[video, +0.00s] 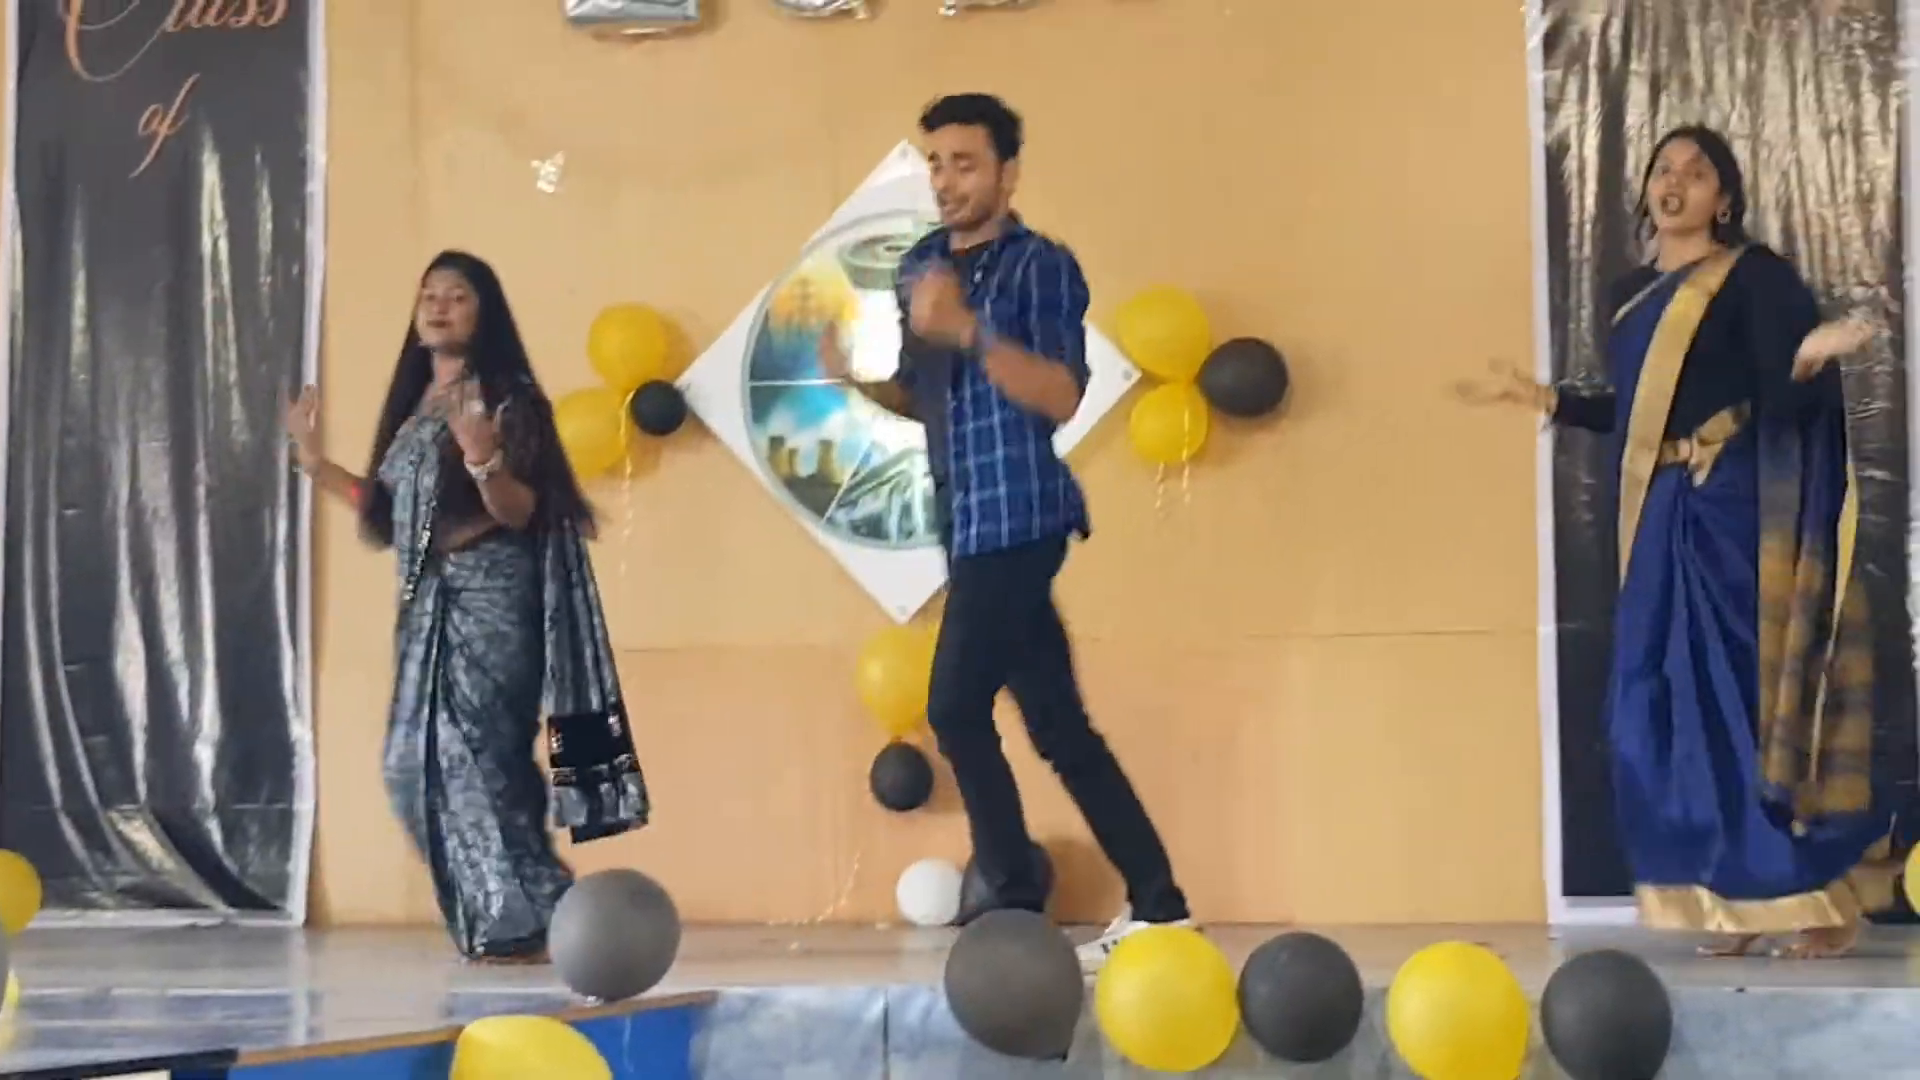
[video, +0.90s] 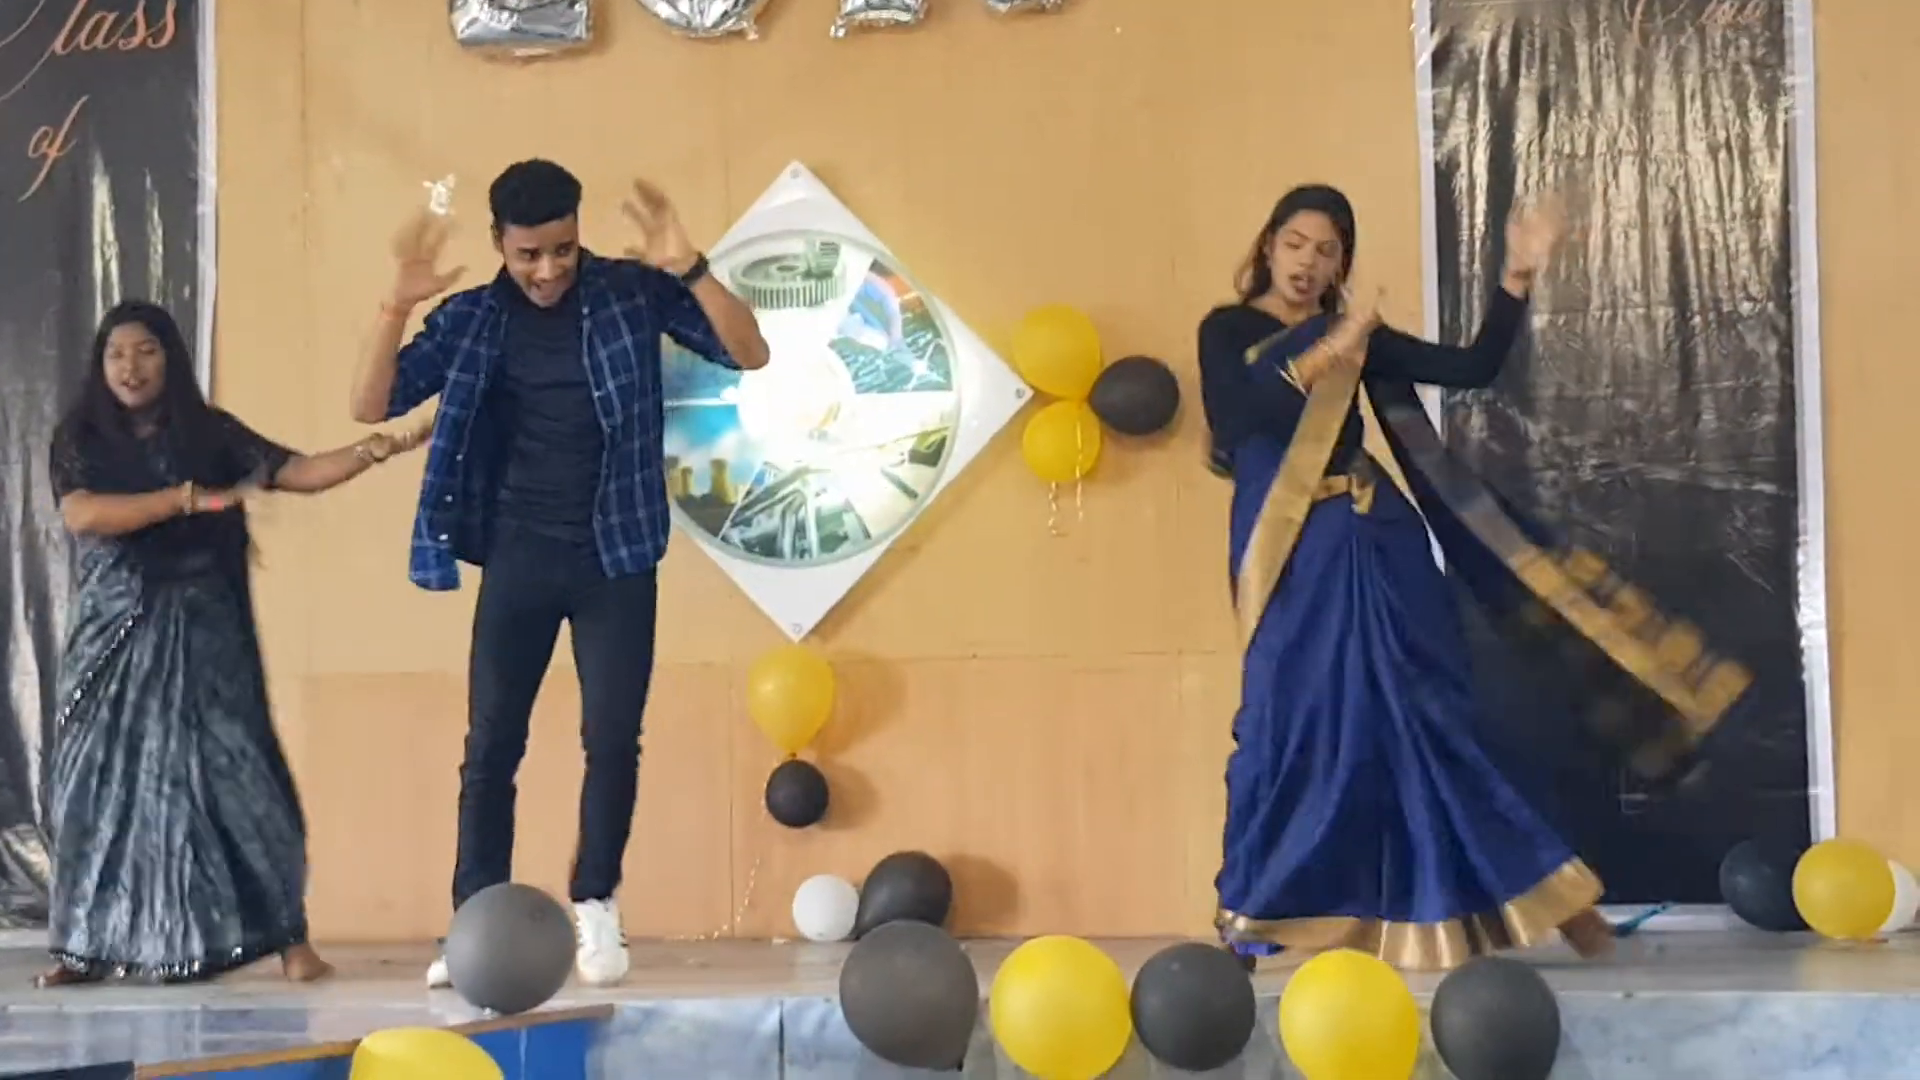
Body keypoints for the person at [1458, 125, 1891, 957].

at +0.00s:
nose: (1676, 183)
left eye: (1695, 172)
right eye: (1664, 171)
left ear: (1725, 194)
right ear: (1647, 193)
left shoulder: (1757, 275)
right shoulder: (1638, 305)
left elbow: (1794, 392)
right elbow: (1634, 412)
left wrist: (1814, 352)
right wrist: (1546, 400)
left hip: (1748, 524)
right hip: (1664, 529)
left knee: (1761, 697)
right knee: (1674, 705)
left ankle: (1820, 899)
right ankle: (1734, 907)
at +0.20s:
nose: (1623, 200)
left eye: (1640, 188)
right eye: (1611, 188)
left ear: (1668, 208)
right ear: (1589, 207)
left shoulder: (1715, 285)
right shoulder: (1562, 299)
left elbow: (1752, 393)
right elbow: (1530, 395)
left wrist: (1781, 389)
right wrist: (1470, 414)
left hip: (1701, 526)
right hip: (1606, 533)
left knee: (1719, 714)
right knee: (1631, 719)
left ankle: (1754, 928)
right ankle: (1668, 936)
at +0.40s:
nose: (1557, 239)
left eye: (1570, 227)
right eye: (1539, 231)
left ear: (1596, 246)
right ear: (1518, 256)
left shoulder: (1647, 334)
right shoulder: (1495, 353)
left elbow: (1684, 477)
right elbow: (1494, 479)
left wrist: (1697, 410)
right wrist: (1465, 459)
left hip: (1625, 564)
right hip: (1528, 569)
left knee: (1629, 745)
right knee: (1505, 743)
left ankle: (1638, 945)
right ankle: (1558, 943)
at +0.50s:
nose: (1513, 248)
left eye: (1527, 234)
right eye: (1497, 236)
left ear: (1549, 250)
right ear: (1473, 256)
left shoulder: (1598, 326)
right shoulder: (1458, 357)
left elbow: (1673, 414)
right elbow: (1418, 489)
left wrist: (1656, 317)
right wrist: (1431, 433)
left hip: (1592, 556)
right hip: (1501, 564)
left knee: (1591, 734)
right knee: (1456, 723)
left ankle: (1617, 933)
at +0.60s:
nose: (1459, 228)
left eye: (1471, 216)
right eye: (1443, 213)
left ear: (1488, 235)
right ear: (1411, 234)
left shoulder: (1524, 297)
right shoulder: (1392, 334)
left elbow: (1637, 329)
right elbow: (1372, 450)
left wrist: (1617, 245)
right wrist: (1405, 363)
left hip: (1549, 523)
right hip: (1458, 532)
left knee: (1560, 714)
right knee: (1398, 708)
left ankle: (1584, 925)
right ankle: (1308, 911)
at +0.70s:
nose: (1398, 235)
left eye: (1412, 223)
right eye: (1384, 219)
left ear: (1424, 236)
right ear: (1349, 228)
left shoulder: (1456, 304)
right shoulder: (1327, 329)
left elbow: (1571, 324)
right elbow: (1333, 428)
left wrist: (1584, 243)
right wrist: (1397, 329)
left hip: (1507, 530)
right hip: (1413, 541)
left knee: (1538, 714)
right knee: (1346, 713)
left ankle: (1609, 917)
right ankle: (1255, 903)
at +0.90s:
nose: (1308, 262)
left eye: (1325, 253)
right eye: (1296, 242)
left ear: (1340, 268)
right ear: (1267, 245)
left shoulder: (1355, 337)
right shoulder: (1227, 327)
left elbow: (1475, 365)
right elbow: (1236, 411)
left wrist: (1518, 276)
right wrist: (1330, 342)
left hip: (1387, 539)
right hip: (1295, 547)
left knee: (1424, 717)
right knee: (1283, 724)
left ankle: (1559, 894)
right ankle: (1245, 919)